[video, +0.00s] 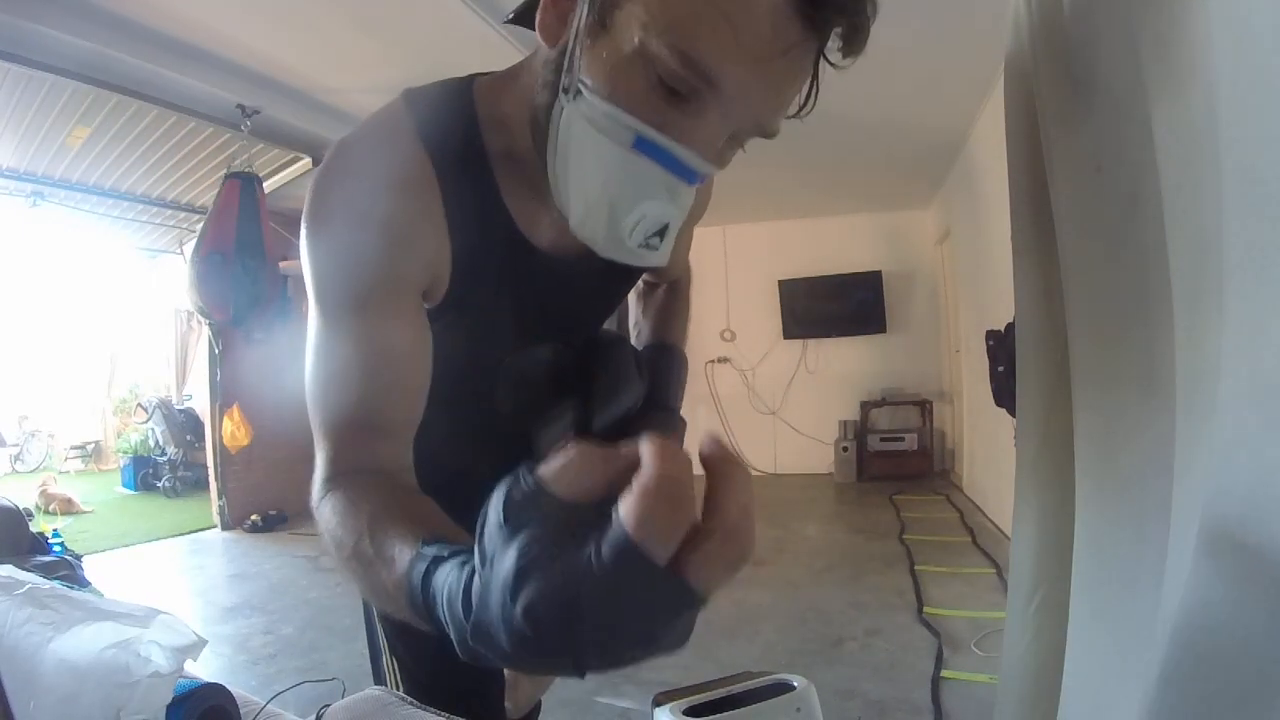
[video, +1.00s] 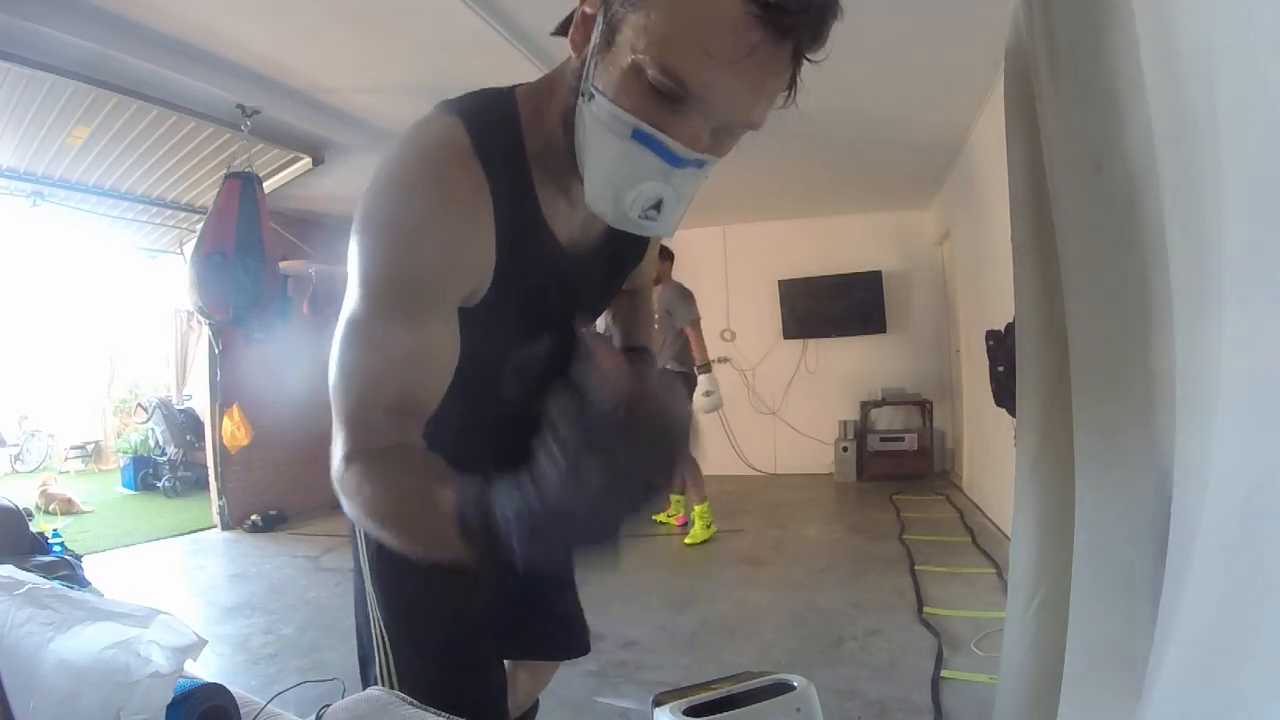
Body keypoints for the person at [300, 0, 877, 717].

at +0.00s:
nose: (695, 164)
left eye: (744, 137)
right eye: (673, 87)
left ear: (768, 124)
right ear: (563, 14)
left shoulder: (668, 179)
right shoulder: (387, 178)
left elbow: (663, 279)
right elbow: (355, 475)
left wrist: (652, 417)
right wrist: (465, 594)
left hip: (560, 516)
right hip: (425, 523)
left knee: (532, 677)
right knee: (463, 699)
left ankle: (518, 707)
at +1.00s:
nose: (685, 151)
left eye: (731, 127)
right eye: (663, 91)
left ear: (763, 112)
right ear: (585, 32)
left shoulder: (645, 180)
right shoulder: (443, 167)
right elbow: (370, 456)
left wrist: (643, 409)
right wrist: (517, 516)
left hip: (533, 466)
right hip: (417, 479)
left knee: (539, 653)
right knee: (458, 700)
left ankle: (512, 710)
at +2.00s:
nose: (701, 132)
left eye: (737, 114)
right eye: (678, 82)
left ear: (755, 113)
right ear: (616, 52)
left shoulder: (661, 204)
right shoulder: (503, 171)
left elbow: (627, 348)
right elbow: (430, 416)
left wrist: (635, 438)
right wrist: (574, 403)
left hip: (539, 452)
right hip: (449, 461)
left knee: (551, 642)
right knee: (481, 695)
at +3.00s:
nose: (726, 164)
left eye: (751, 150)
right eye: (718, 126)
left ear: (764, 154)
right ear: (651, 79)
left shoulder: (627, 184)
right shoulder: (559, 176)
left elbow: (565, 339)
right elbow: (466, 415)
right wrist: (655, 400)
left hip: (499, 449)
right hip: (436, 459)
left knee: (526, 645)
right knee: (494, 701)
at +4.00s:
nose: (679, 116)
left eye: (707, 107)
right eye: (666, 76)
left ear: (719, 120)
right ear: (608, 54)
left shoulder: (622, 195)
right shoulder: (506, 158)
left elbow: (583, 300)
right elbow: (433, 398)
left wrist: (603, 405)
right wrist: (636, 395)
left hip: (504, 434)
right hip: (421, 444)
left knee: (531, 636)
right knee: (480, 695)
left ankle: (521, 708)